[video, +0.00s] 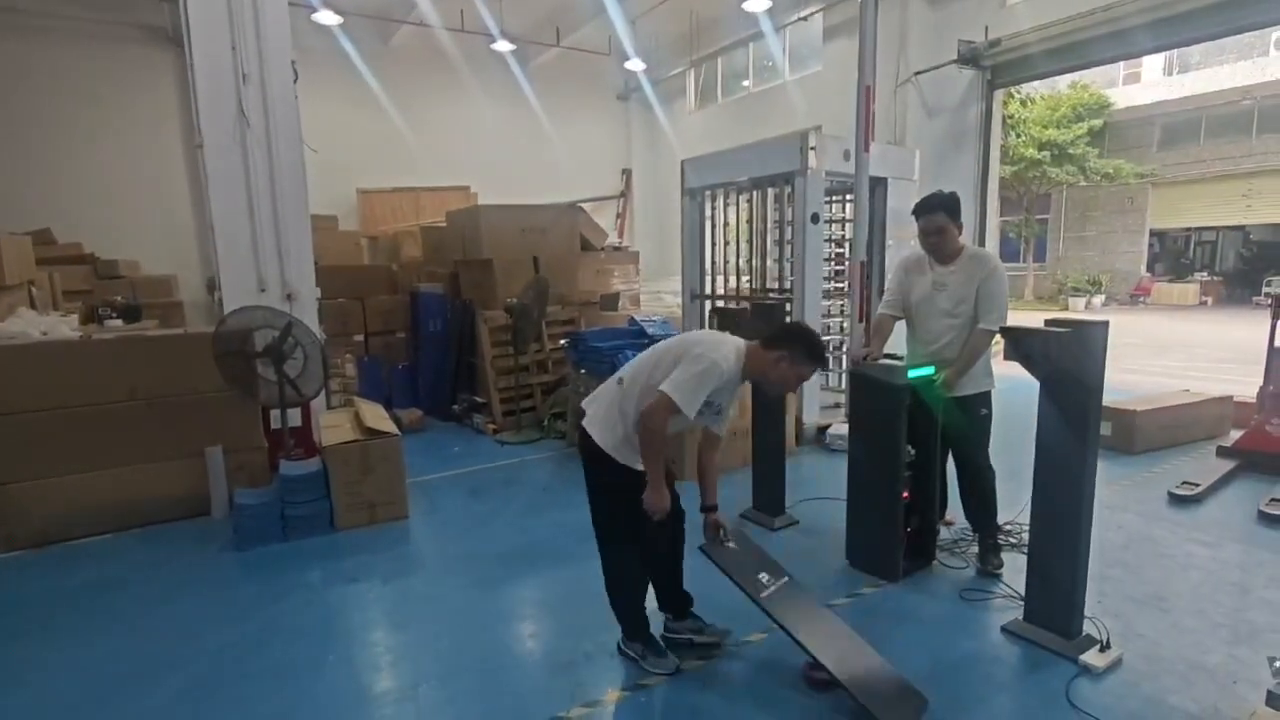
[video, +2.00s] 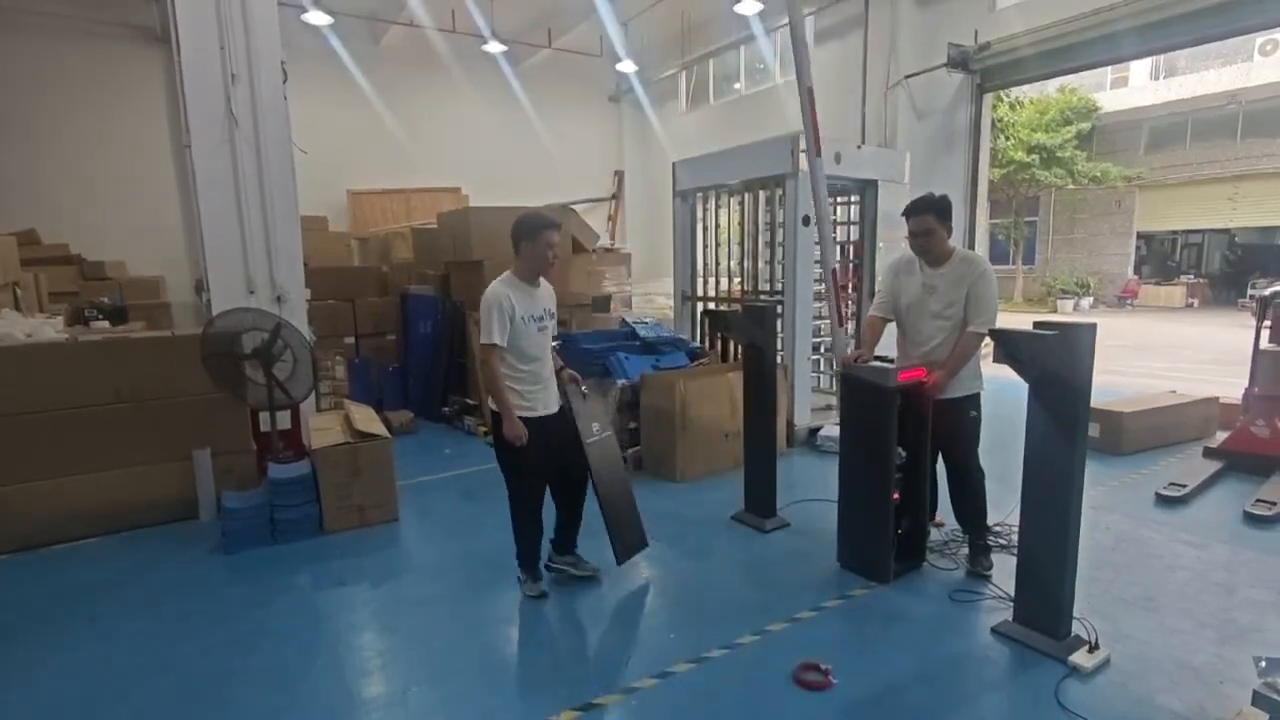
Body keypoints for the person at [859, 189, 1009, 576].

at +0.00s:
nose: (929, 242)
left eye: (937, 234)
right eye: (923, 234)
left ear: (959, 229)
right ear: (917, 232)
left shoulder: (986, 266)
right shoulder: (910, 264)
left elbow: (988, 327)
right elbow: (888, 312)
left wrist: (954, 373)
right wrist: (872, 348)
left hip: (970, 386)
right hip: (922, 385)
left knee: (975, 468)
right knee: (924, 468)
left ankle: (988, 543)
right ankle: (921, 543)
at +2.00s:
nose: (916, 243)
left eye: (924, 235)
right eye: (911, 236)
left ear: (948, 230)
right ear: (906, 233)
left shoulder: (976, 269)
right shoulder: (899, 267)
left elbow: (977, 330)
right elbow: (877, 315)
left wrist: (945, 372)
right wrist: (864, 350)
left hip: (958, 391)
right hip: (911, 389)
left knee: (964, 470)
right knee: (914, 470)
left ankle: (977, 543)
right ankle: (911, 546)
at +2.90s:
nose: (921, 246)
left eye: (929, 238)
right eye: (917, 238)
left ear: (954, 234)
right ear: (914, 236)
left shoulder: (984, 272)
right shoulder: (907, 271)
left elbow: (985, 334)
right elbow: (885, 317)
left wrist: (953, 376)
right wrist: (872, 354)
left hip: (968, 394)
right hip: (920, 393)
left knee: (973, 473)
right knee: (924, 474)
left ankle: (988, 544)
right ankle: (921, 548)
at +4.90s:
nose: (917, 240)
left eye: (924, 234)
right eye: (916, 233)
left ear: (954, 232)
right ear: (922, 231)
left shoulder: (989, 268)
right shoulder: (912, 267)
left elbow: (991, 330)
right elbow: (892, 313)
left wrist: (960, 374)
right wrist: (880, 350)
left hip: (975, 390)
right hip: (927, 390)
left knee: (982, 470)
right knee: (932, 471)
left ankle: (997, 542)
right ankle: (930, 546)